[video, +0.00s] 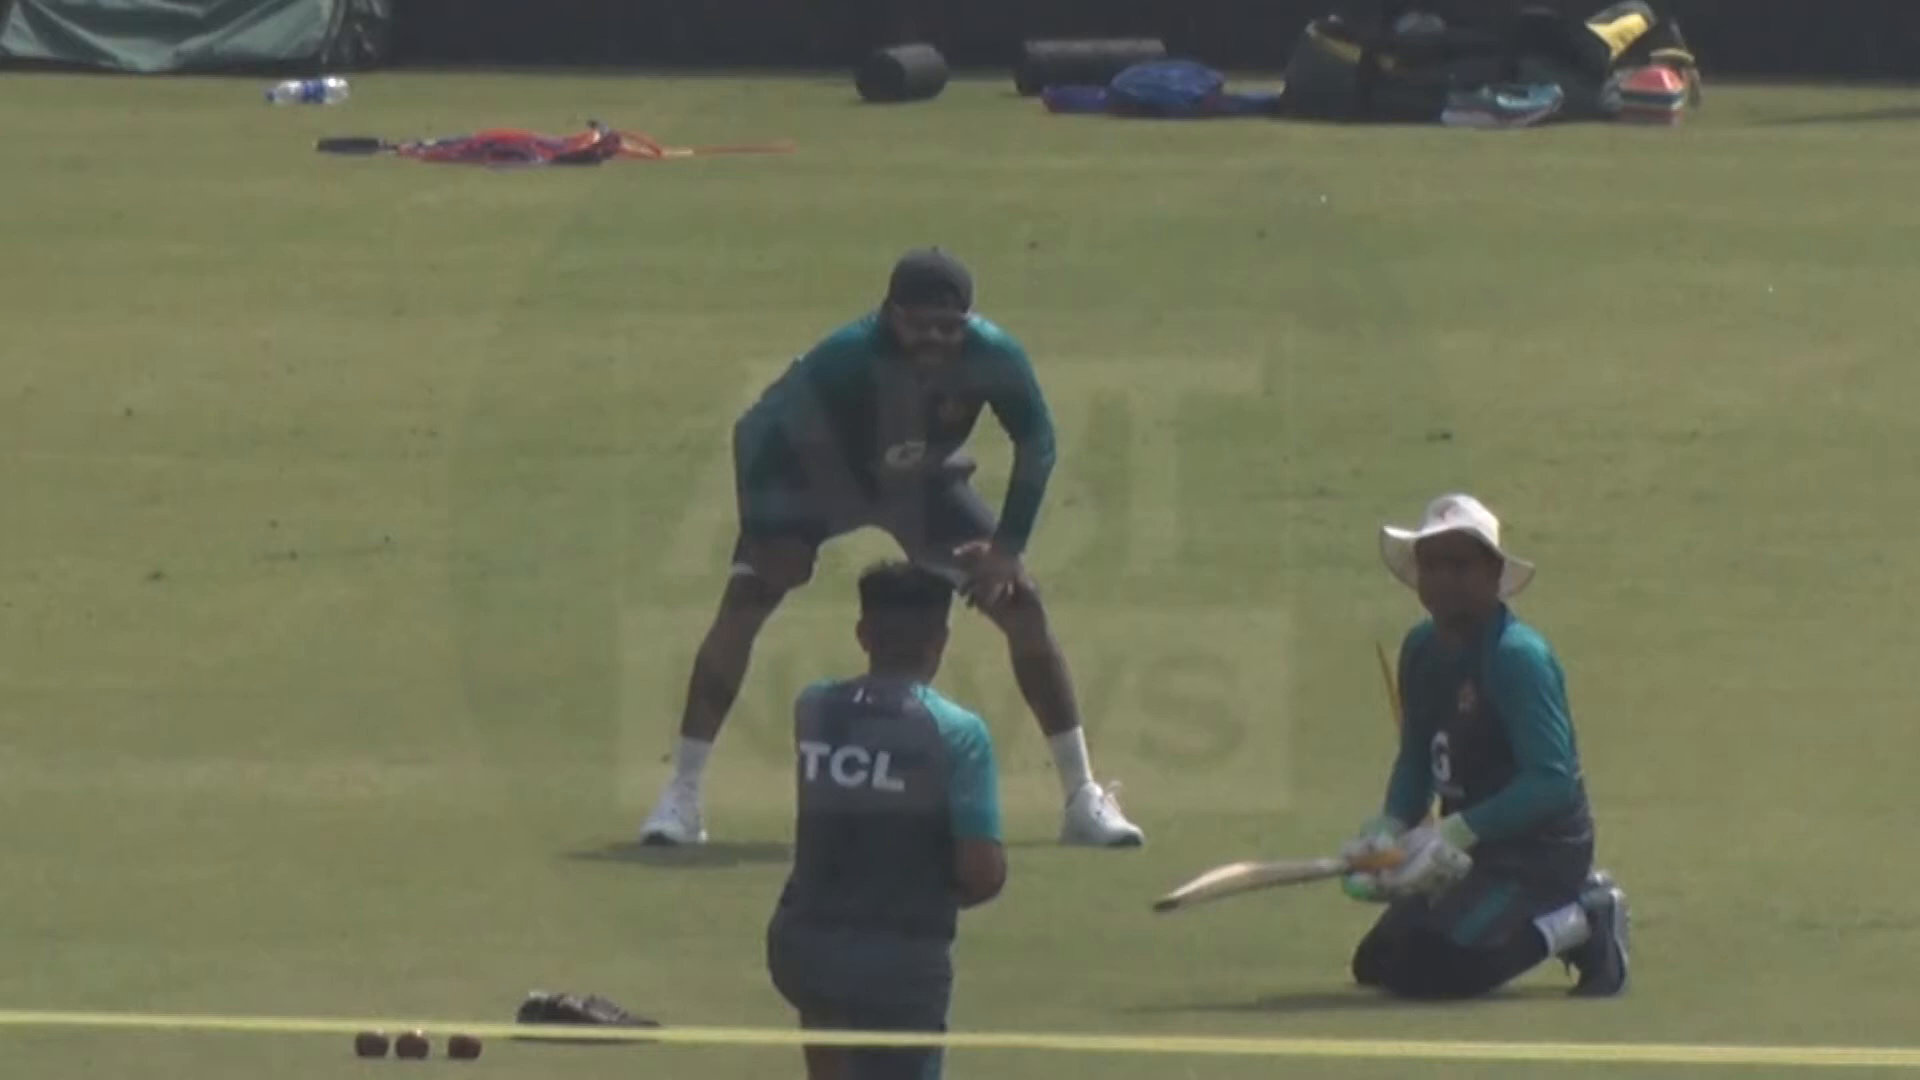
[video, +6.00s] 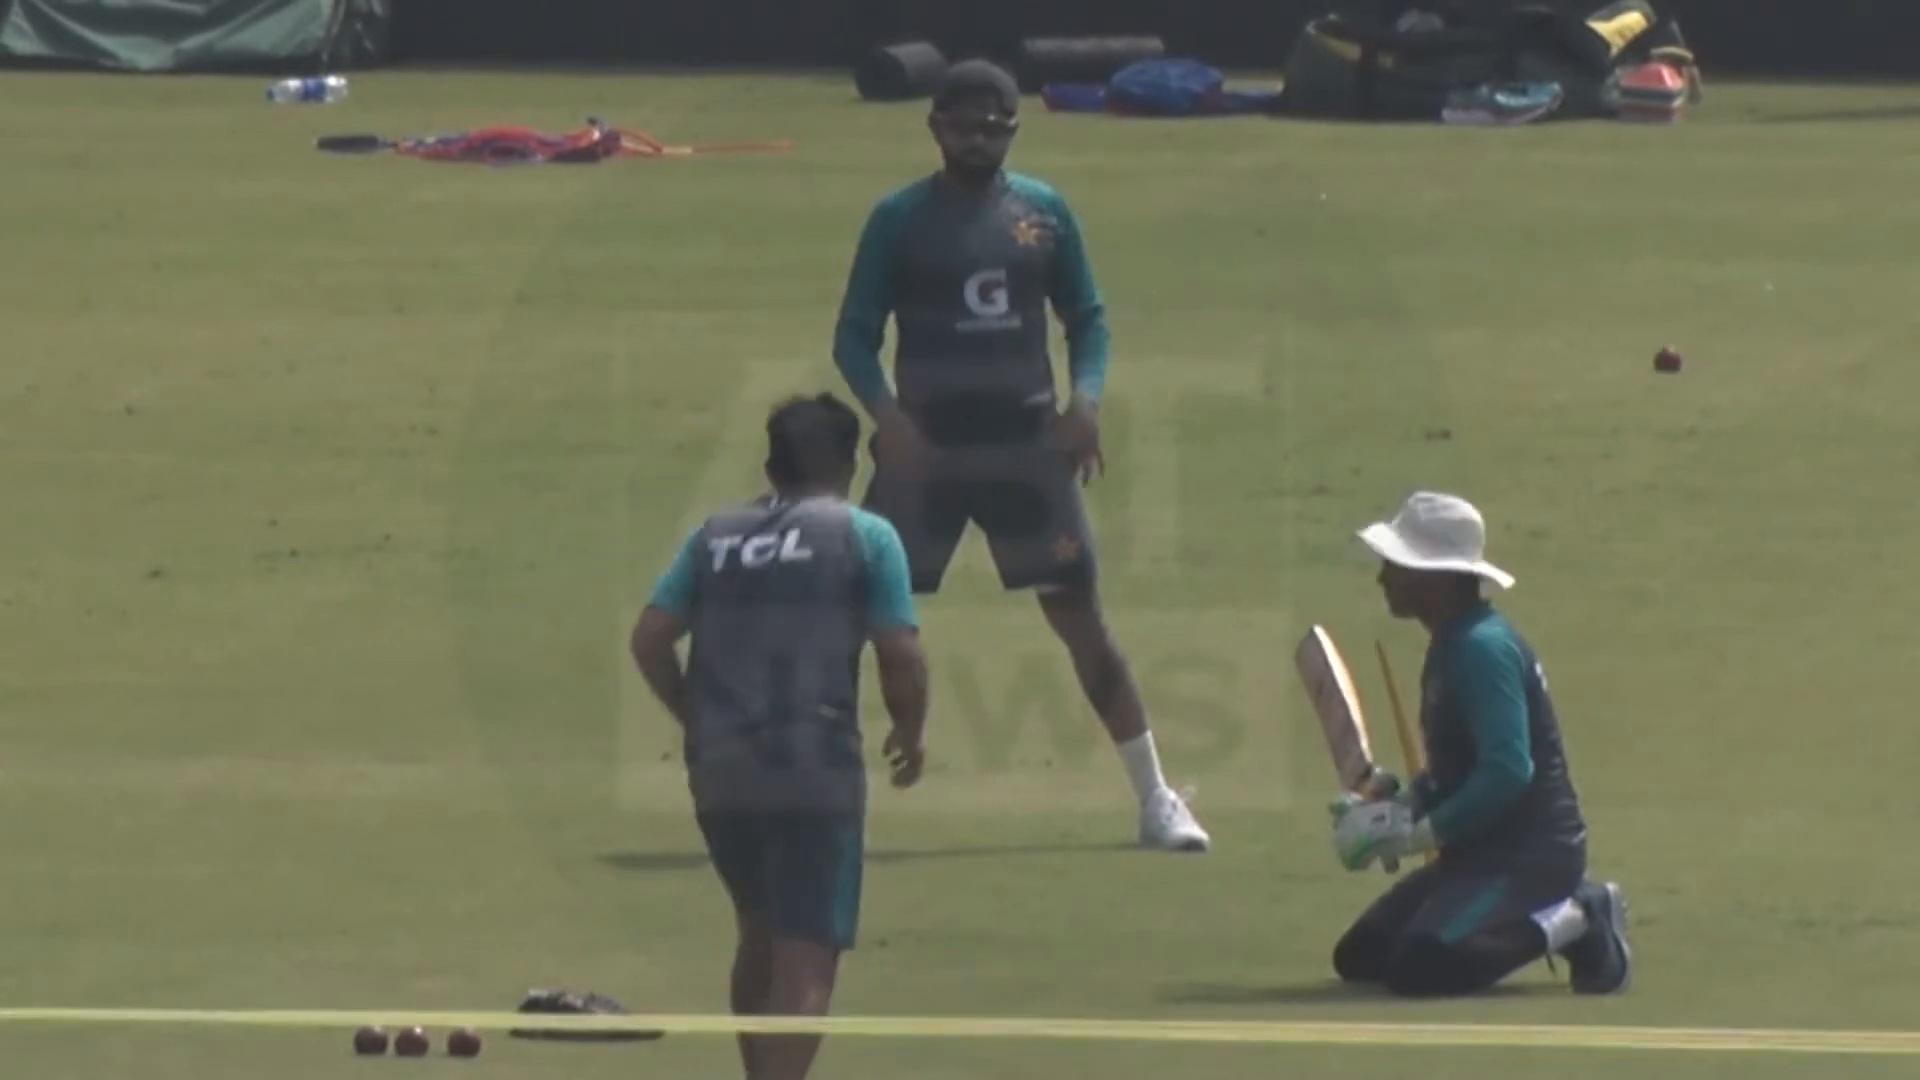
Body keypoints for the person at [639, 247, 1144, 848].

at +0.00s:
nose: (931, 341)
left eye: (944, 328)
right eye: (917, 327)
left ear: (965, 321)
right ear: (890, 315)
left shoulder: (996, 359)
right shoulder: (845, 358)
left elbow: (1037, 443)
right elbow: (758, 430)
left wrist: (1008, 544)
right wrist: (768, 536)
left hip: (922, 484)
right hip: (813, 480)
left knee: (1023, 612)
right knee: (744, 604)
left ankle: (1084, 796)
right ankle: (681, 796)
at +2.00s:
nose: (985, 367)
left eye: (997, 352)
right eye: (970, 351)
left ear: (1010, 351)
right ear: (935, 345)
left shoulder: (1022, 400)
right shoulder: (889, 385)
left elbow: (1052, 527)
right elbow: (880, 523)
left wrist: (1028, 532)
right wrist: (965, 529)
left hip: (950, 512)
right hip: (841, 503)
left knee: (1051, 607)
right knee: (753, 599)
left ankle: (1086, 796)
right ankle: (685, 795)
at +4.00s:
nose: (1001, 249)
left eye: (1015, 235)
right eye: (986, 234)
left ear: (1037, 230)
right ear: (960, 228)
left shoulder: (1067, 288)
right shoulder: (916, 297)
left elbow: (1097, 395)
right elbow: (879, 417)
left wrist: (1089, 495)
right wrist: (899, 521)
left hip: (1029, 463)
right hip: (925, 465)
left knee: (1110, 613)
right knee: (844, 625)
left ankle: (1158, 798)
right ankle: (763, 770)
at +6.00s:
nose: (980, 141)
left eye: (994, 128)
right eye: (965, 127)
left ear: (1015, 131)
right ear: (936, 128)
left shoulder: (1046, 215)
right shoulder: (896, 221)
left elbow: (1086, 319)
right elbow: (852, 340)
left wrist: (1085, 402)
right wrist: (886, 416)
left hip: (1023, 441)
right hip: (924, 446)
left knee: (1080, 620)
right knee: (855, 611)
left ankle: (1155, 798)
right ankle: (804, 788)